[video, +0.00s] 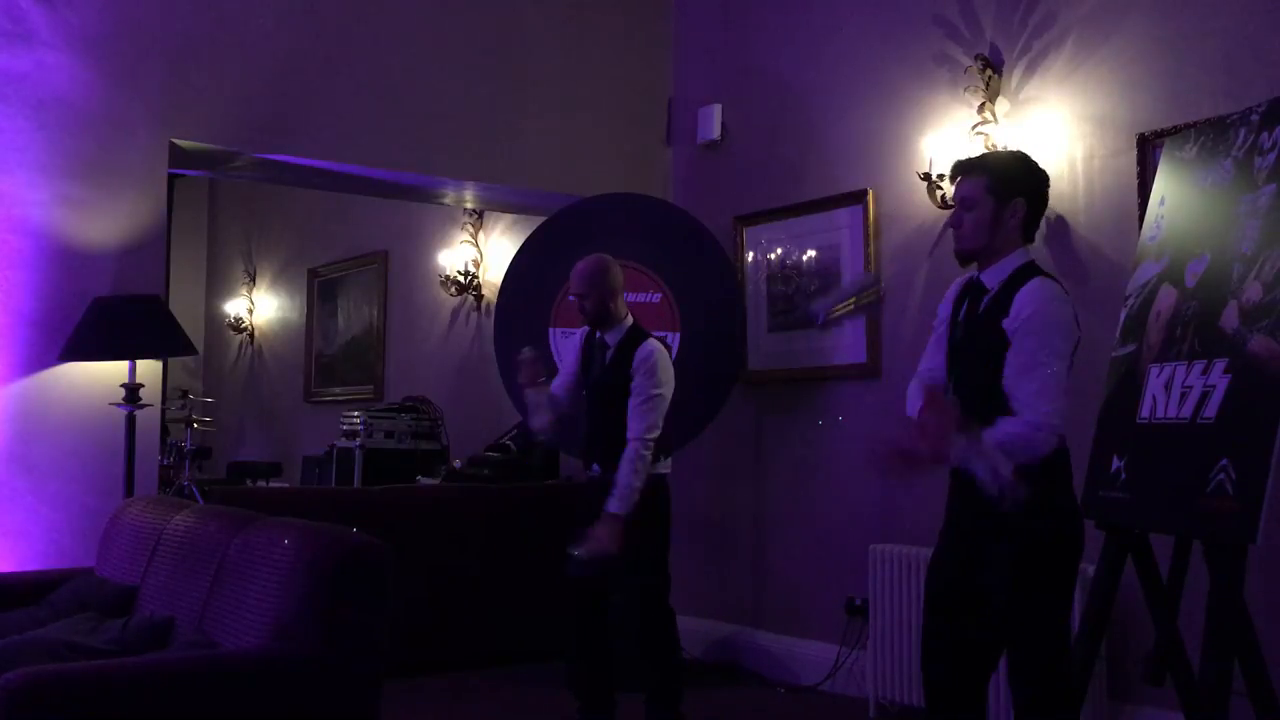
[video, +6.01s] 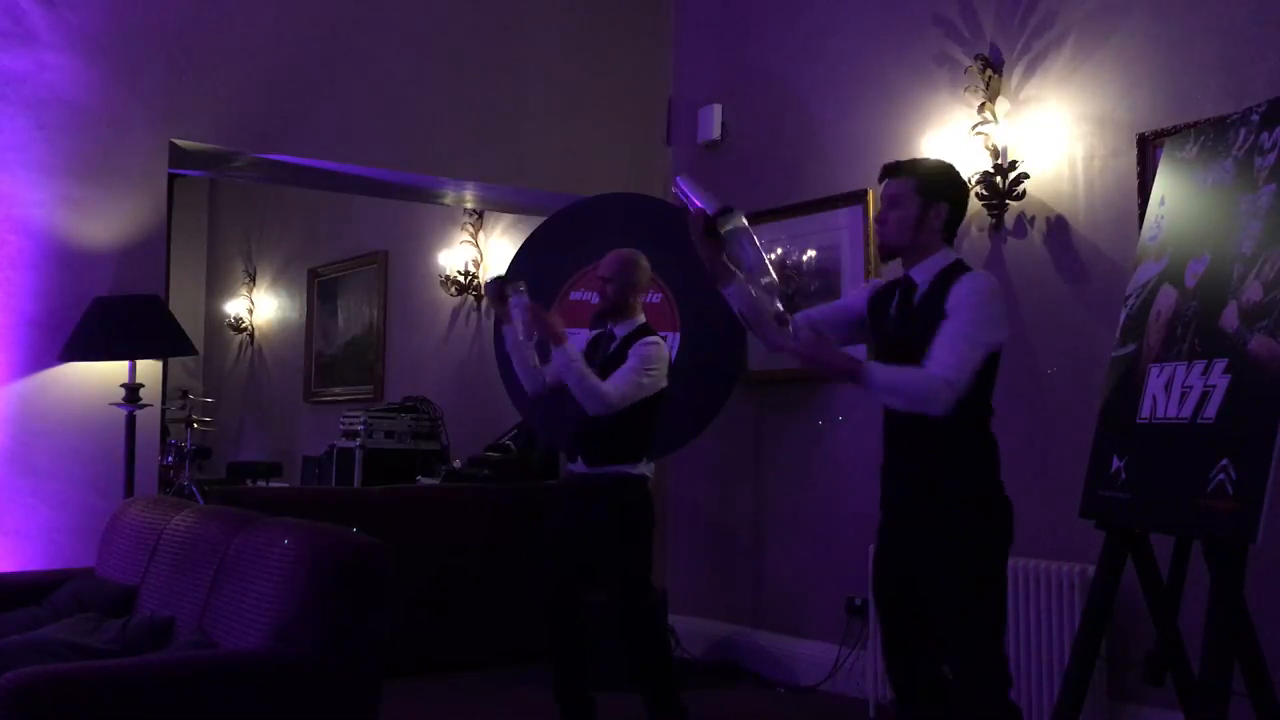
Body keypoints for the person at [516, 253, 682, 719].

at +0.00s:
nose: (574, 305)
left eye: (581, 297)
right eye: (572, 296)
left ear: (609, 297)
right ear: (588, 298)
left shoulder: (650, 354)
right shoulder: (585, 346)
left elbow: (641, 446)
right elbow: (553, 418)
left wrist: (613, 518)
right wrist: (535, 392)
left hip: (640, 493)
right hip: (594, 488)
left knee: (645, 608)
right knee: (592, 603)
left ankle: (662, 706)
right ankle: (594, 703)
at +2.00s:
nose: (617, 309)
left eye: (627, 301)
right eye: (611, 301)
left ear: (649, 304)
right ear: (606, 306)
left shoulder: (664, 361)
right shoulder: (607, 361)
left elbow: (636, 432)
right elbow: (582, 423)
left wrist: (574, 437)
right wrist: (544, 431)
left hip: (636, 494)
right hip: (595, 490)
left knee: (631, 600)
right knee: (591, 597)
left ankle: (643, 698)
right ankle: (592, 697)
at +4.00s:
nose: (621, 287)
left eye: (631, 280)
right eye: (615, 279)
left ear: (647, 289)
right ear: (605, 287)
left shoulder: (667, 343)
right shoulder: (592, 347)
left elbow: (689, 404)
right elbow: (569, 428)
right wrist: (573, 420)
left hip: (654, 489)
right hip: (601, 490)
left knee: (657, 601)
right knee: (594, 601)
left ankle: (677, 705)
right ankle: (589, 704)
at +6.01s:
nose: (597, 289)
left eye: (607, 281)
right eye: (597, 280)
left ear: (631, 290)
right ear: (597, 285)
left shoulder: (650, 349)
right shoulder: (588, 341)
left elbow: (602, 400)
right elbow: (537, 385)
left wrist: (558, 338)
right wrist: (515, 329)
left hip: (624, 491)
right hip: (578, 487)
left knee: (629, 602)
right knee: (571, 602)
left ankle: (659, 705)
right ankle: (575, 702)